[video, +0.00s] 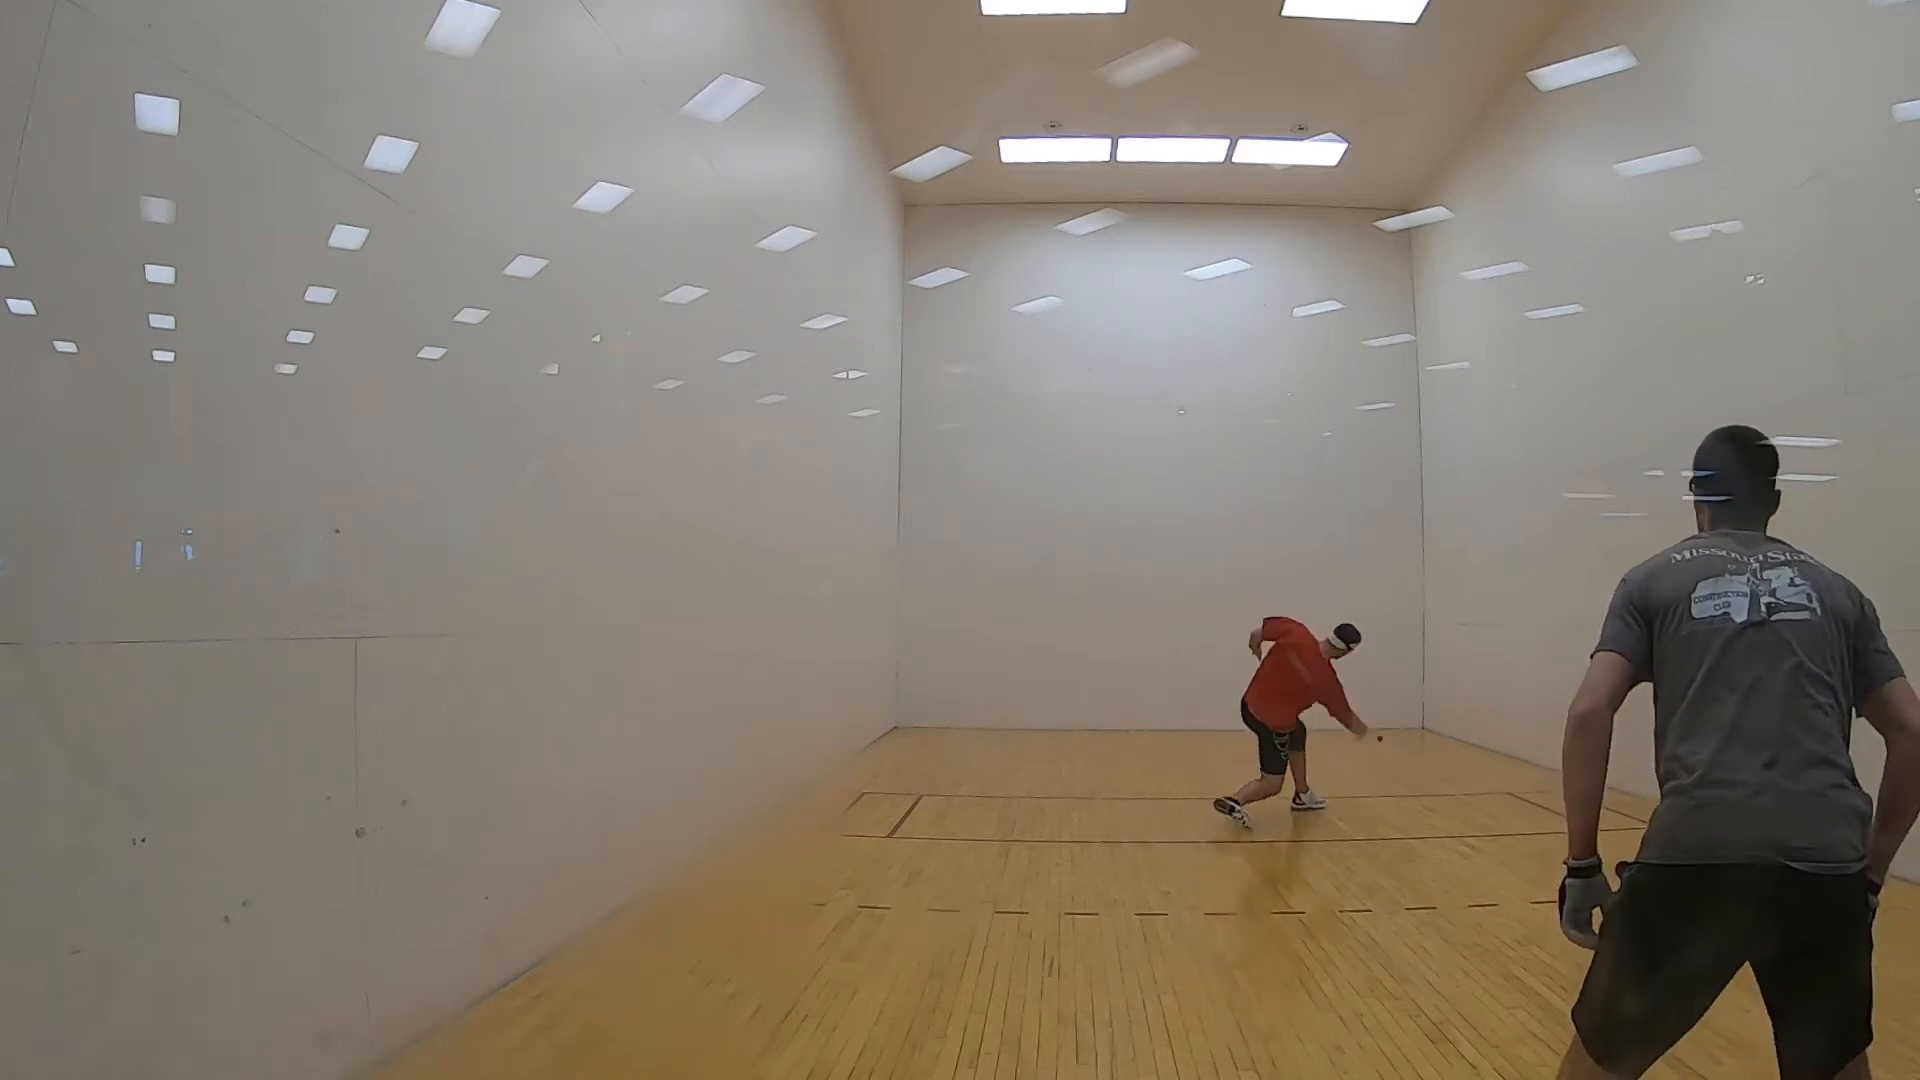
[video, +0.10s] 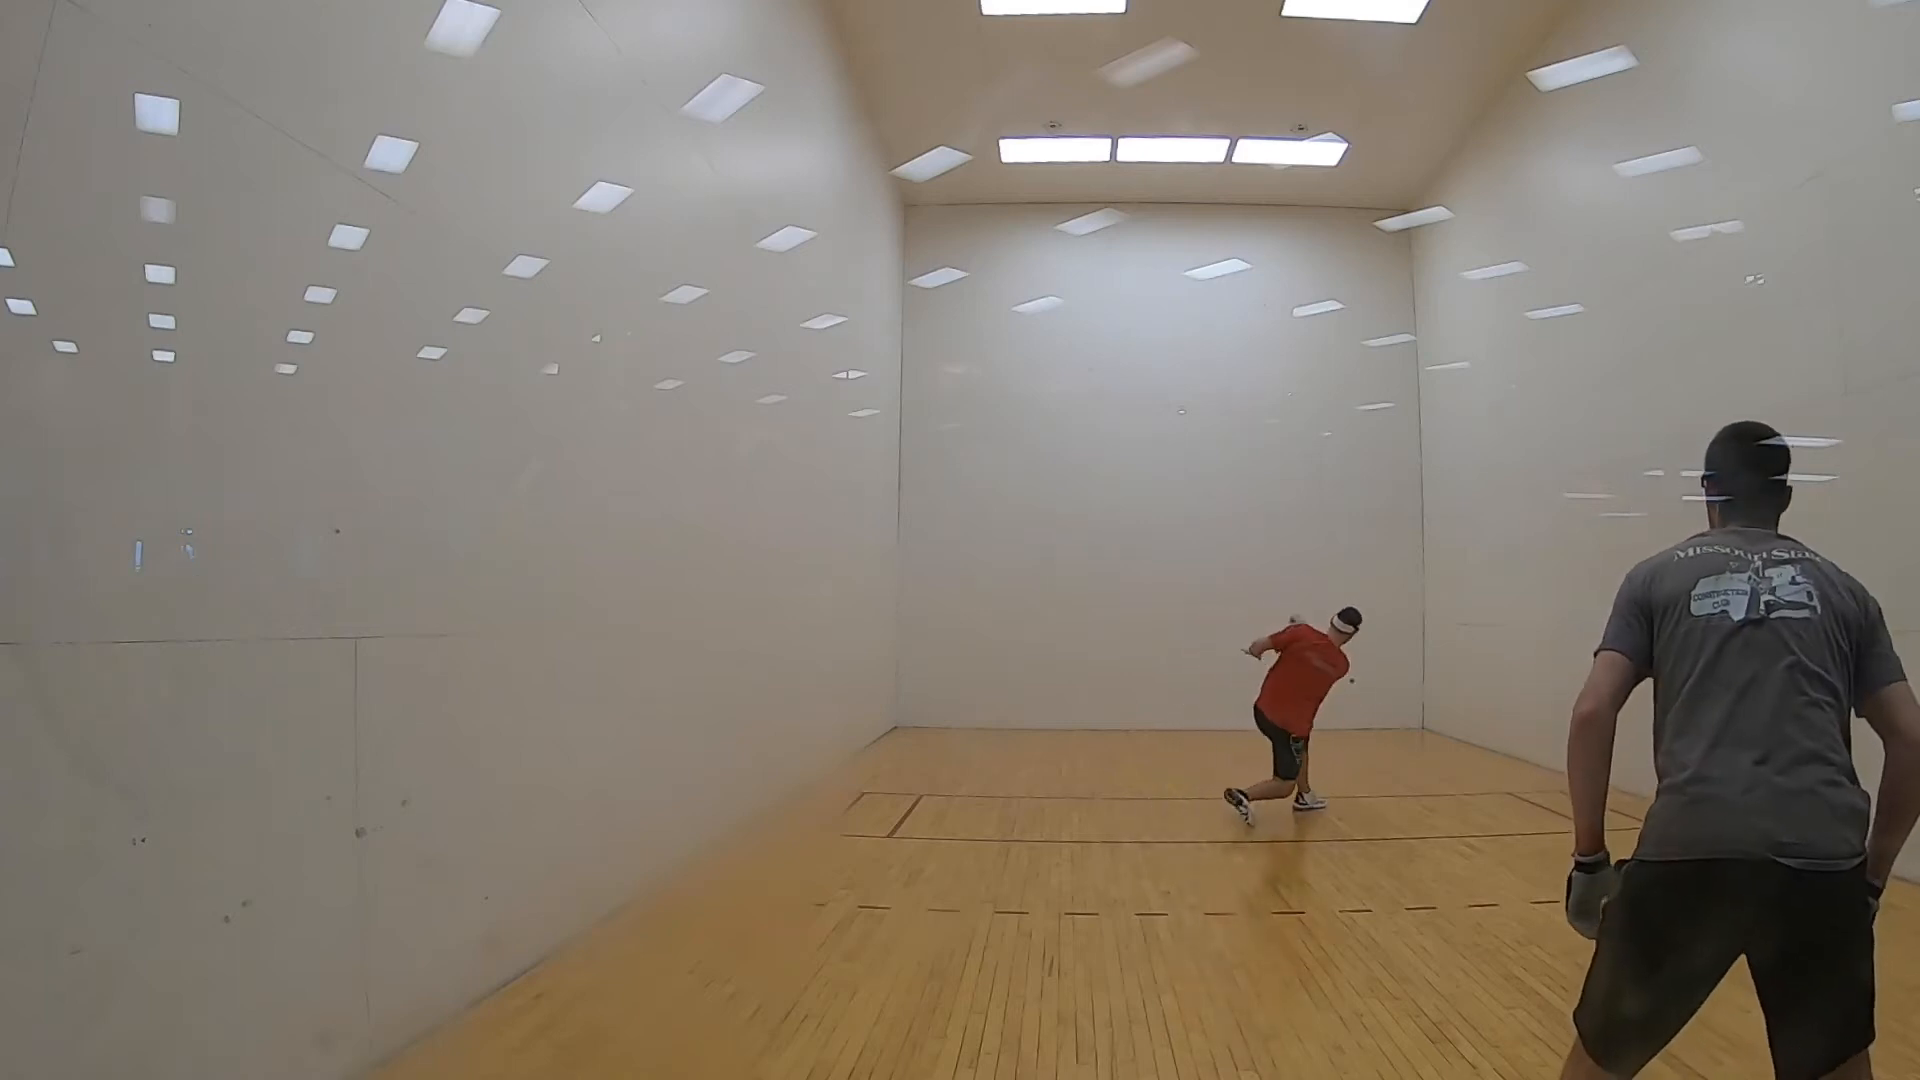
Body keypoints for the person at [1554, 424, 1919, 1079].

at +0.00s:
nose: (1700, 504)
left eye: (1698, 495)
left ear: (1699, 500)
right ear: (1773, 502)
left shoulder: (1653, 579)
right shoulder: (1837, 590)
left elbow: (1589, 710)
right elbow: (1911, 731)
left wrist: (1582, 860)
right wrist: (1873, 870)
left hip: (1693, 863)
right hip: (1826, 871)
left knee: (1596, 1056)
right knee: (1839, 1064)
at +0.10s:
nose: (1707, 499)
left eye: (1705, 491)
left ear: (1709, 495)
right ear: (1785, 500)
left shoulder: (1656, 576)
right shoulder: (1844, 590)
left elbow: (1592, 710)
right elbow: (1910, 738)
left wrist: (1589, 856)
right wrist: (1873, 874)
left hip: (1687, 859)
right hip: (1822, 867)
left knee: (1598, 1056)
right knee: (1839, 1063)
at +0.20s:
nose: (1728, 504)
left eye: (1726, 495)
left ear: (1730, 501)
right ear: (1807, 507)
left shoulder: (1671, 584)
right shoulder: (1861, 600)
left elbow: (1605, 720)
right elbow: (1911, 745)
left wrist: (1610, 853)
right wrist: (1885, 878)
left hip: (1692, 863)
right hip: (1828, 872)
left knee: (1602, 1054)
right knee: (1849, 1054)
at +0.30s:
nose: (1773, 519)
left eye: (1772, 509)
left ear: (1773, 517)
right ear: (1848, 521)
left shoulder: (1709, 596)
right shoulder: (1894, 616)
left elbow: (1641, 731)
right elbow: (1915, 745)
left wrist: (1652, 839)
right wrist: (1916, 874)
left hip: (1708, 868)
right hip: (1843, 883)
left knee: (1612, 1056)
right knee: (1875, 1044)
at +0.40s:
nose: (1833, 515)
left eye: (1830, 505)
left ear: (1830, 513)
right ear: (1905, 521)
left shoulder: (1767, 598)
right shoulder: (1915, 605)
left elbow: (1696, 724)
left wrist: (1712, 810)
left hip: (1746, 869)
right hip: (1880, 882)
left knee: (1649, 1058)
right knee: (1897, 1055)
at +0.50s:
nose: (1877, 511)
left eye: (1875, 502)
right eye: (1885, 501)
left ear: (1877, 510)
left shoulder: (1817, 594)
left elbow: (1737, 707)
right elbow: (1738, 705)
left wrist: (1760, 794)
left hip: (1790, 860)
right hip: (1903, 873)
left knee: (1702, 1041)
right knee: (1909, 1057)